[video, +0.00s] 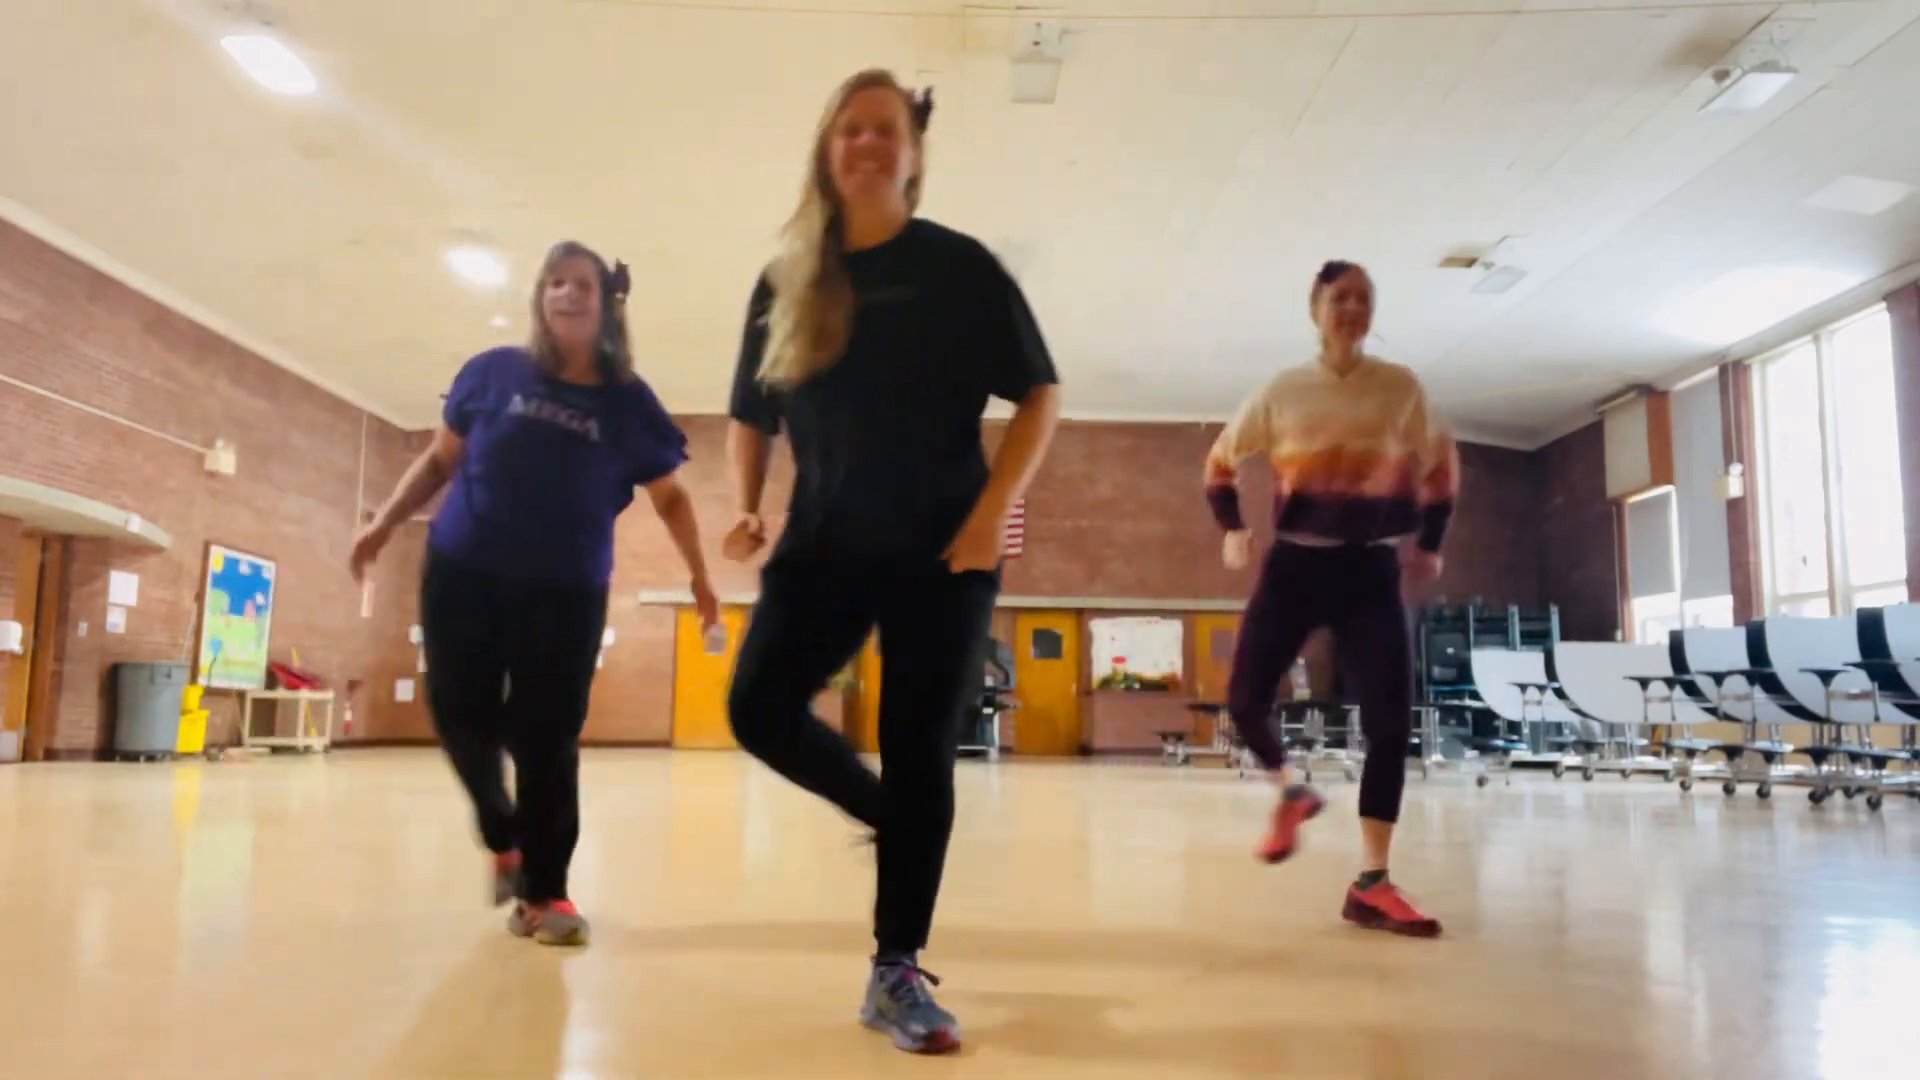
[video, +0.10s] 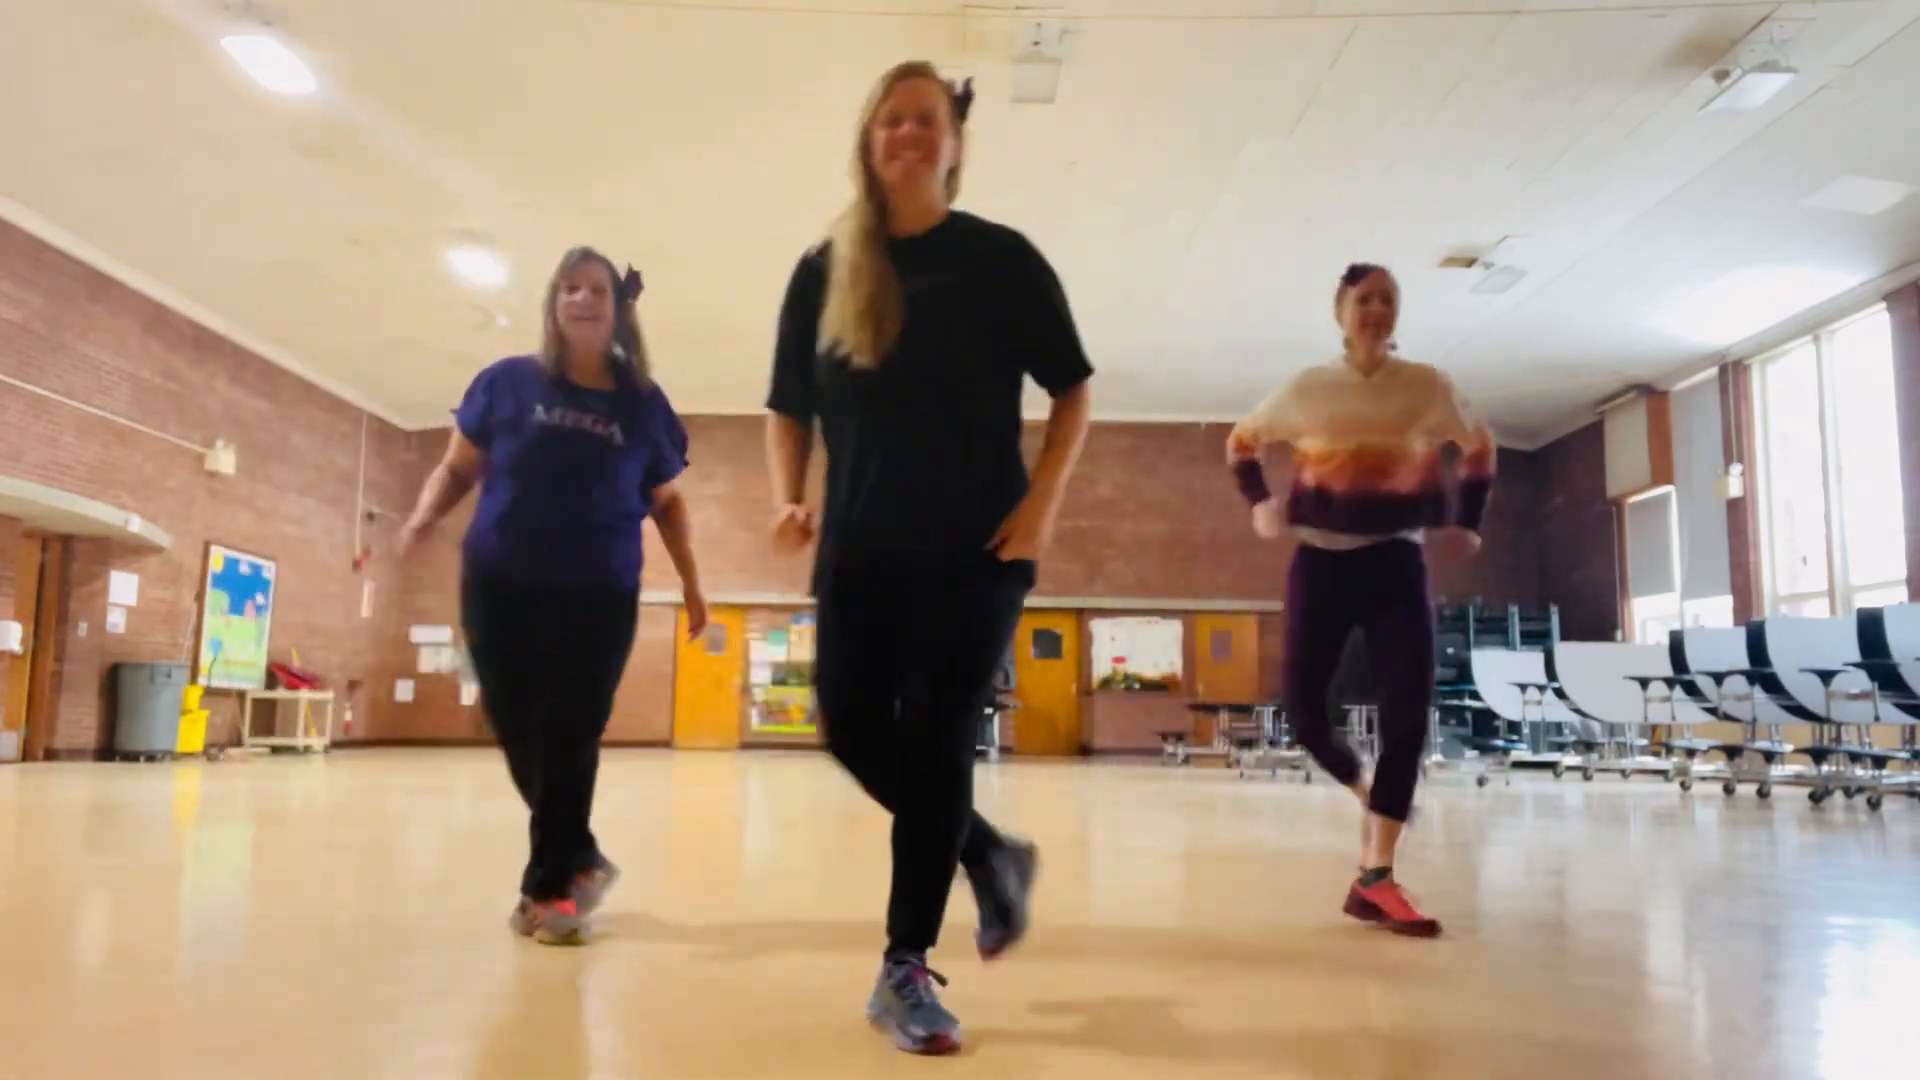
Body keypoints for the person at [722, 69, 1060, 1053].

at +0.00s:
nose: (867, 142)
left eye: (885, 129)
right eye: (851, 129)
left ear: (917, 151)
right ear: (824, 150)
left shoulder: (965, 268)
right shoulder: (788, 280)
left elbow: (1039, 398)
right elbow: (754, 409)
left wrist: (992, 511)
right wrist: (747, 503)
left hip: (942, 547)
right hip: (826, 542)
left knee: (916, 756)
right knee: (760, 714)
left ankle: (896, 971)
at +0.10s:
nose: (908, 133)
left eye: (926, 120)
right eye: (892, 119)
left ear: (957, 140)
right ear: (866, 140)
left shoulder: (1006, 261)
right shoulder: (828, 268)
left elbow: (1072, 387)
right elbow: (790, 399)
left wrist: (1041, 501)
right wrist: (789, 496)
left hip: (975, 543)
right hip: (861, 540)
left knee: (940, 745)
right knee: (850, 729)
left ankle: (905, 969)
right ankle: (988, 853)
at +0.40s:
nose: (998, 144)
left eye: (1014, 131)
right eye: (982, 132)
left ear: (1044, 153)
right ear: (957, 155)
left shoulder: (1096, 254)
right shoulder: (926, 279)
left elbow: (1163, 368)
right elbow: (882, 414)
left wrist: (1162, 464)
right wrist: (898, 483)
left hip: (1080, 524)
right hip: (966, 535)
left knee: (1145, 645)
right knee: (992, 746)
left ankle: (1131, 834)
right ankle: (1027, 941)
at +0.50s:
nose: (1031, 130)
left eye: (1048, 118)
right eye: (1017, 118)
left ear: (1077, 137)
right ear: (992, 142)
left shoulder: (1132, 238)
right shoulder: (959, 262)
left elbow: (1195, 349)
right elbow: (913, 390)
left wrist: (1184, 457)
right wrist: (931, 459)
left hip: (1111, 512)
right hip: (995, 521)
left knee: (1201, 663)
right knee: (1004, 734)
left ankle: (1207, 845)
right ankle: (1024, 936)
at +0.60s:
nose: (1070, 135)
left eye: (1087, 123)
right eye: (1055, 124)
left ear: (1115, 145)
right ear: (1029, 147)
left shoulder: (1169, 253)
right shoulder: (998, 266)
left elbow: (1228, 367)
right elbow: (946, 393)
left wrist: (1219, 477)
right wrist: (965, 476)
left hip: (1152, 520)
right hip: (1030, 526)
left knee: (1231, 721)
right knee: (1016, 739)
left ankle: (1270, 901)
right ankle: (1021, 936)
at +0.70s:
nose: (1110, 171)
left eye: (1127, 160)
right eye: (1096, 160)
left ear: (1156, 184)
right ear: (1069, 186)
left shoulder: (1210, 291)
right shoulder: (1039, 308)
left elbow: (1282, 400)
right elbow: (971, 422)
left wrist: (1249, 475)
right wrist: (1012, 503)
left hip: (1194, 560)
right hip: (1071, 563)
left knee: (1241, 759)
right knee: (1031, 759)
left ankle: (1289, 946)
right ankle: (1025, 944)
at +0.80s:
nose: (1136, 176)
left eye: (1153, 163)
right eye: (1121, 165)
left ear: (1185, 182)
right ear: (1099, 189)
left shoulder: (1240, 286)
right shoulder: (1074, 307)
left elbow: (1328, 389)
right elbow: (992, 426)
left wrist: (1293, 378)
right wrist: (1030, 371)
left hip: (1230, 564)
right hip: (1108, 567)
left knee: (1260, 766)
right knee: (1051, 763)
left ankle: (1290, 954)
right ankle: (1033, 946)